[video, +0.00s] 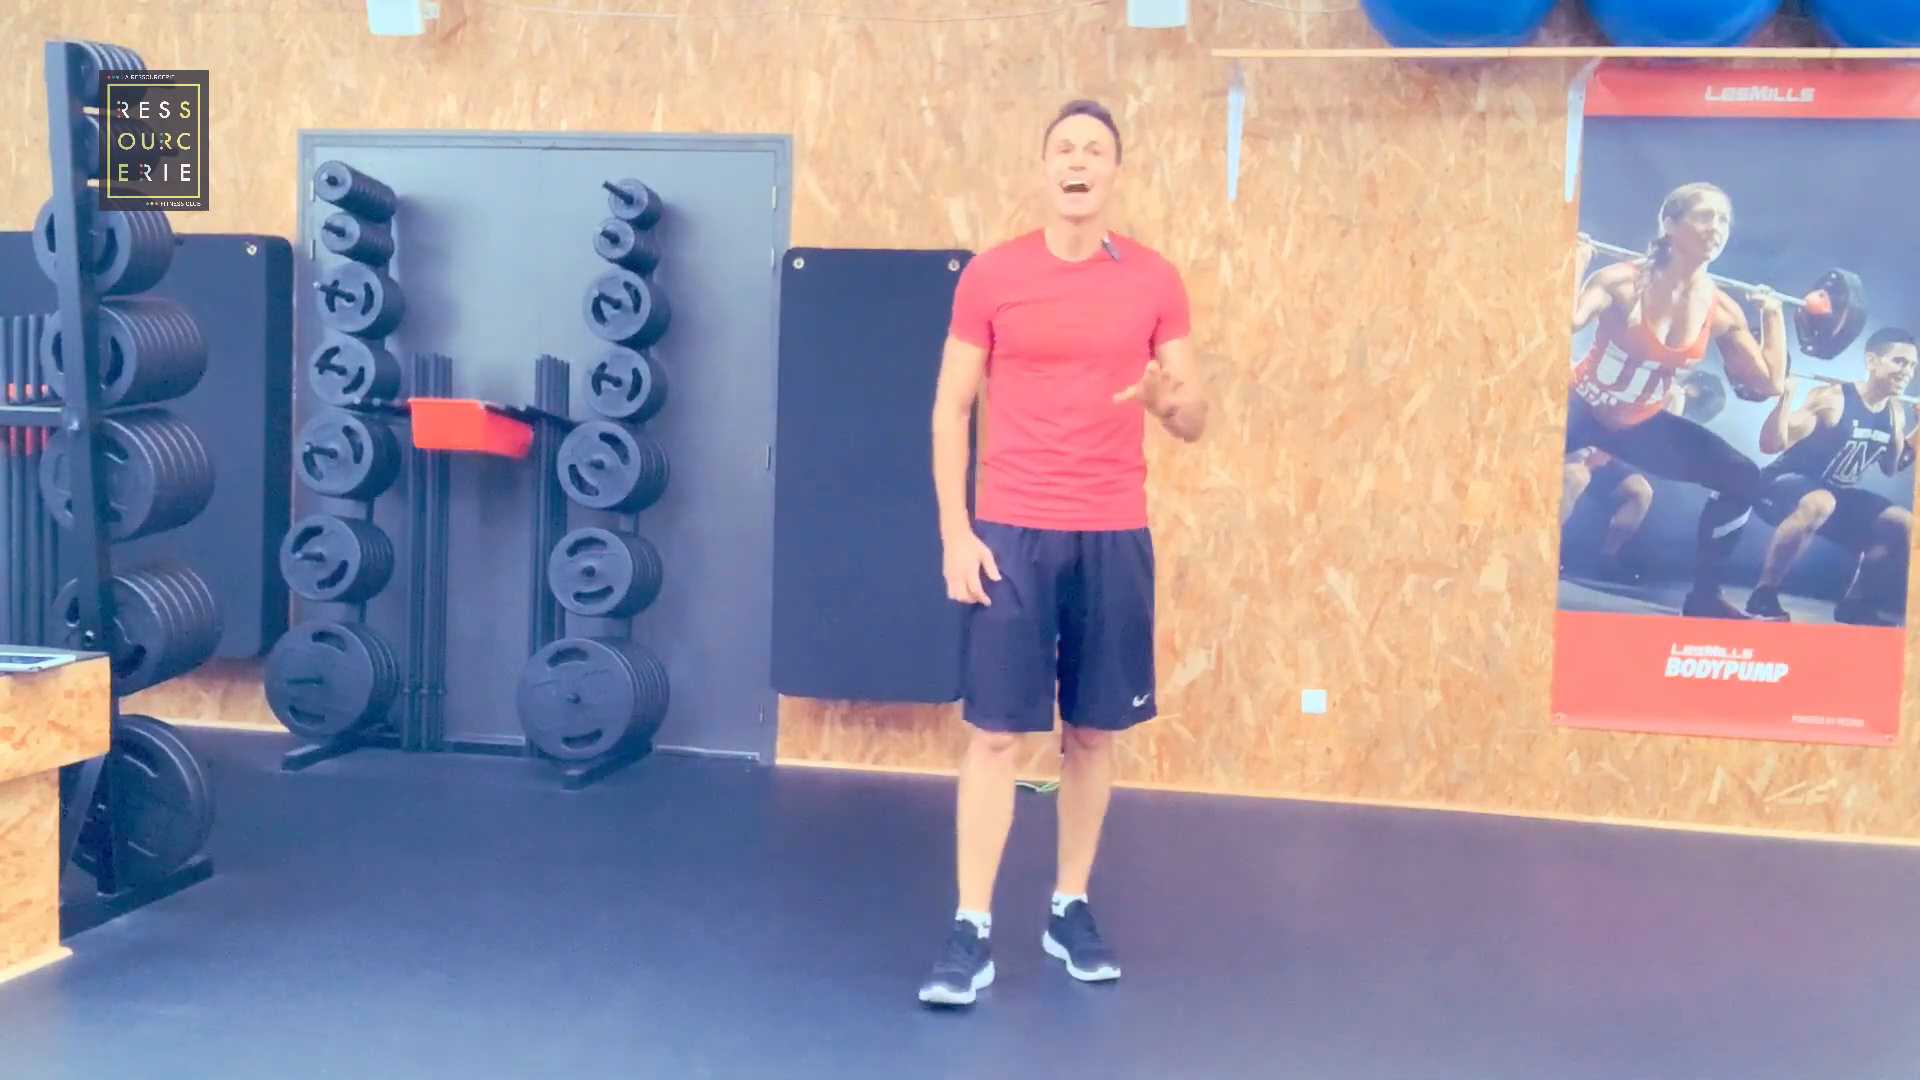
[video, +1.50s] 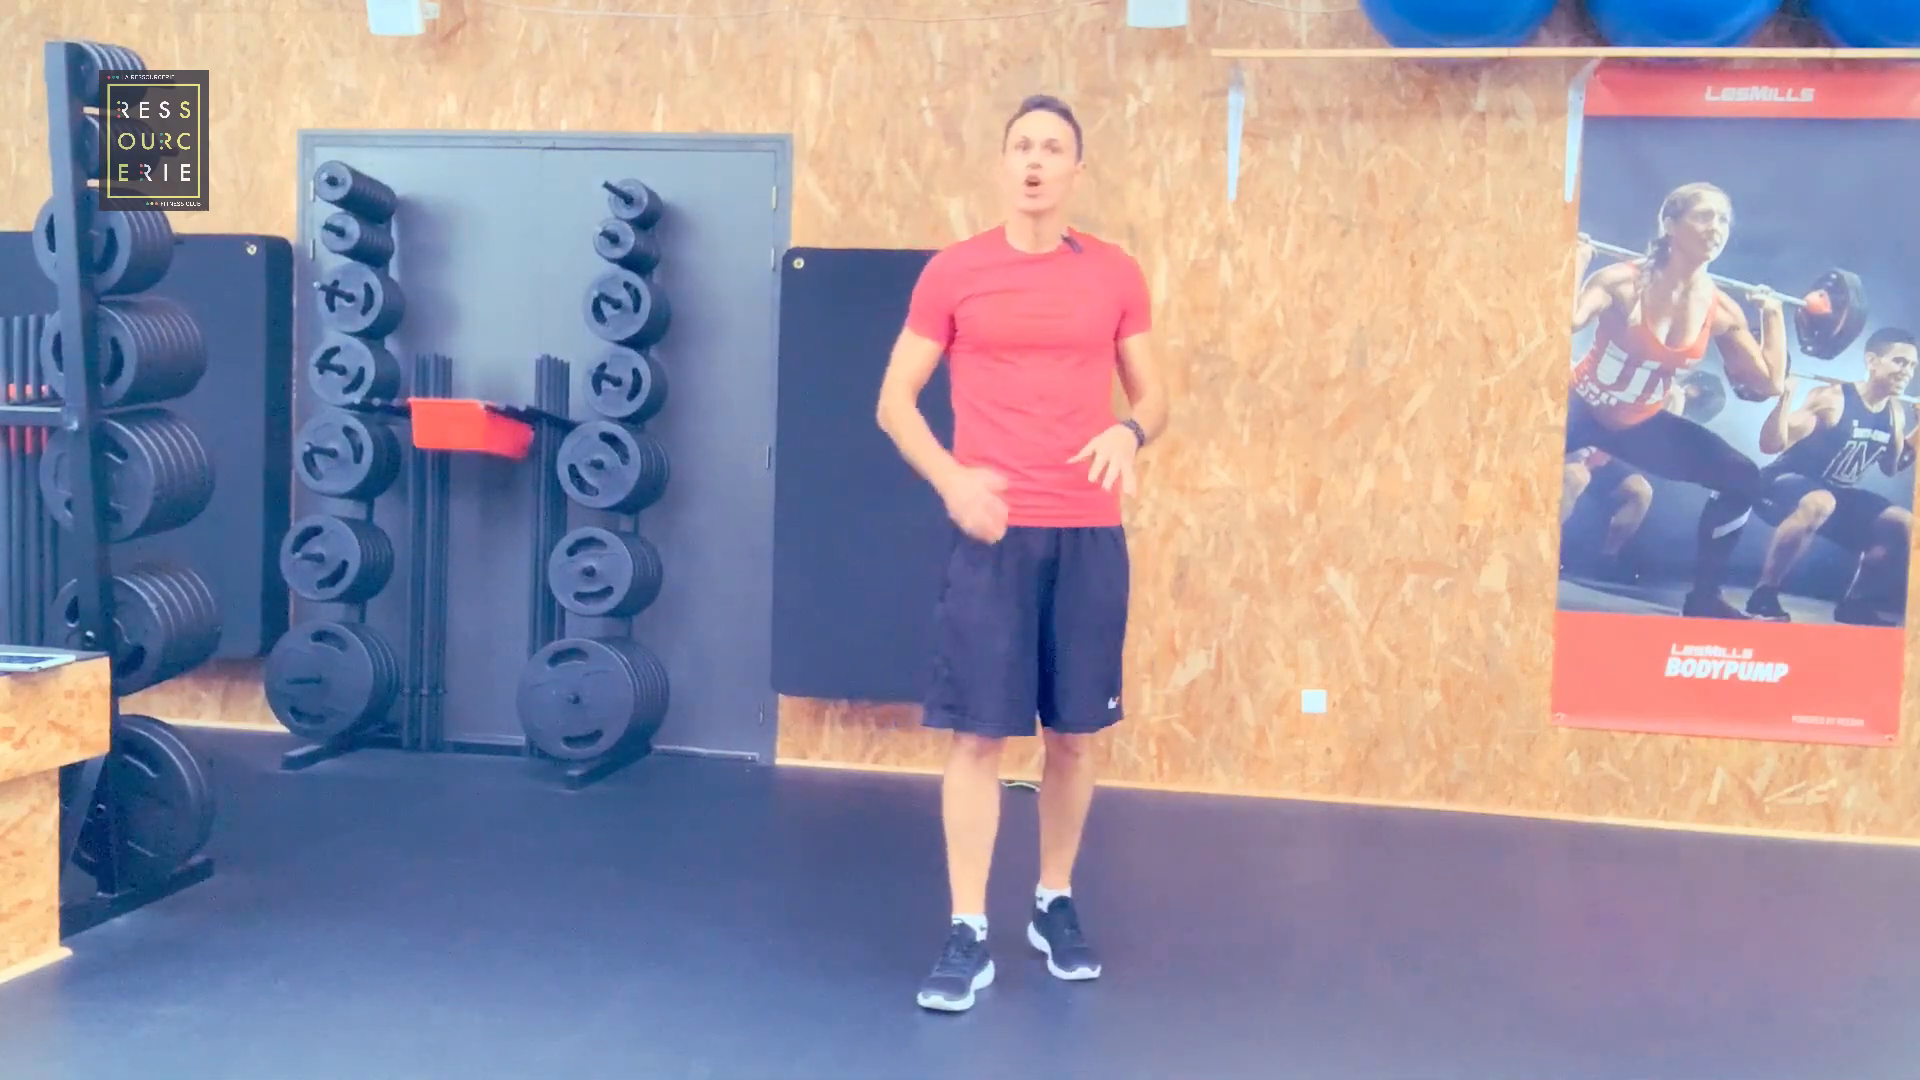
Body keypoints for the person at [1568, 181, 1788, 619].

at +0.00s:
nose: (1716, 228)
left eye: (1724, 220)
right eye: (1704, 216)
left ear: (1729, 232)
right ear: (1670, 224)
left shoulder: (1722, 311)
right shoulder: (1620, 279)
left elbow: (1770, 385)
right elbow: (1558, 326)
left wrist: (1773, 312)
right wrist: (1572, 268)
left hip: (1645, 425)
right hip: (1579, 409)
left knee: (1743, 478)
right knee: (1510, 450)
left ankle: (1705, 597)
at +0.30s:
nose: (1716, 228)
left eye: (1724, 220)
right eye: (1704, 216)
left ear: (1729, 232)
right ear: (1670, 224)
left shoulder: (1721, 311)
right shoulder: (1620, 279)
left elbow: (1770, 386)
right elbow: (1558, 325)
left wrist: (1773, 312)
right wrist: (1572, 268)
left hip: (1644, 425)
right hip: (1579, 409)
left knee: (1742, 478)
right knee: (1510, 450)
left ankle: (1705, 597)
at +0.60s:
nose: (1716, 228)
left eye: (1724, 220)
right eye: (1704, 216)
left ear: (1729, 232)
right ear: (1670, 225)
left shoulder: (1721, 311)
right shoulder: (1620, 279)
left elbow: (1770, 386)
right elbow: (1558, 326)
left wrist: (1773, 312)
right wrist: (1572, 268)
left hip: (1644, 425)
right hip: (1579, 409)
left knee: (1742, 478)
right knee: (1509, 453)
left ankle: (1705, 598)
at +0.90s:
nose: (1716, 228)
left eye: (1724, 220)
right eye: (1704, 216)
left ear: (1728, 232)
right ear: (1670, 224)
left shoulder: (1722, 311)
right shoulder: (1620, 279)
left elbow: (1769, 386)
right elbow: (1559, 325)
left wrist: (1773, 313)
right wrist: (1573, 268)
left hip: (1644, 425)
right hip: (1578, 410)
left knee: (1742, 478)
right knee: (1510, 455)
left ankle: (1705, 597)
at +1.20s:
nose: (1716, 228)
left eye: (1724, 220)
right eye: (1704, 216)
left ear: (1728, 232)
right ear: (1670, 224)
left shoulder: (1722, 311)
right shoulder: (1620, 279)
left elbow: (1769, 386)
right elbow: (1559, 325)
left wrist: (1773, 313)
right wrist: (1572, 268)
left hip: (1644, 425)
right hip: (1578, 410)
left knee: (1742, 478)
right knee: (1510, 454)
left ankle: (1705, 598)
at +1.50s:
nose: (1716, 228)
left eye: (1724, 220)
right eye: (1704, 216)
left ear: (1729, 232)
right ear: (1670, 224)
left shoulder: (1721, 310)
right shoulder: (1620, 279)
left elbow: (1770, 385)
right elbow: (1558, 326)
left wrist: (1773, 312)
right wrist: (1573, 268)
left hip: (1644, 425)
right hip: (1578, 409)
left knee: (1742, 478)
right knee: (1508, 454)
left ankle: (1705, 598)